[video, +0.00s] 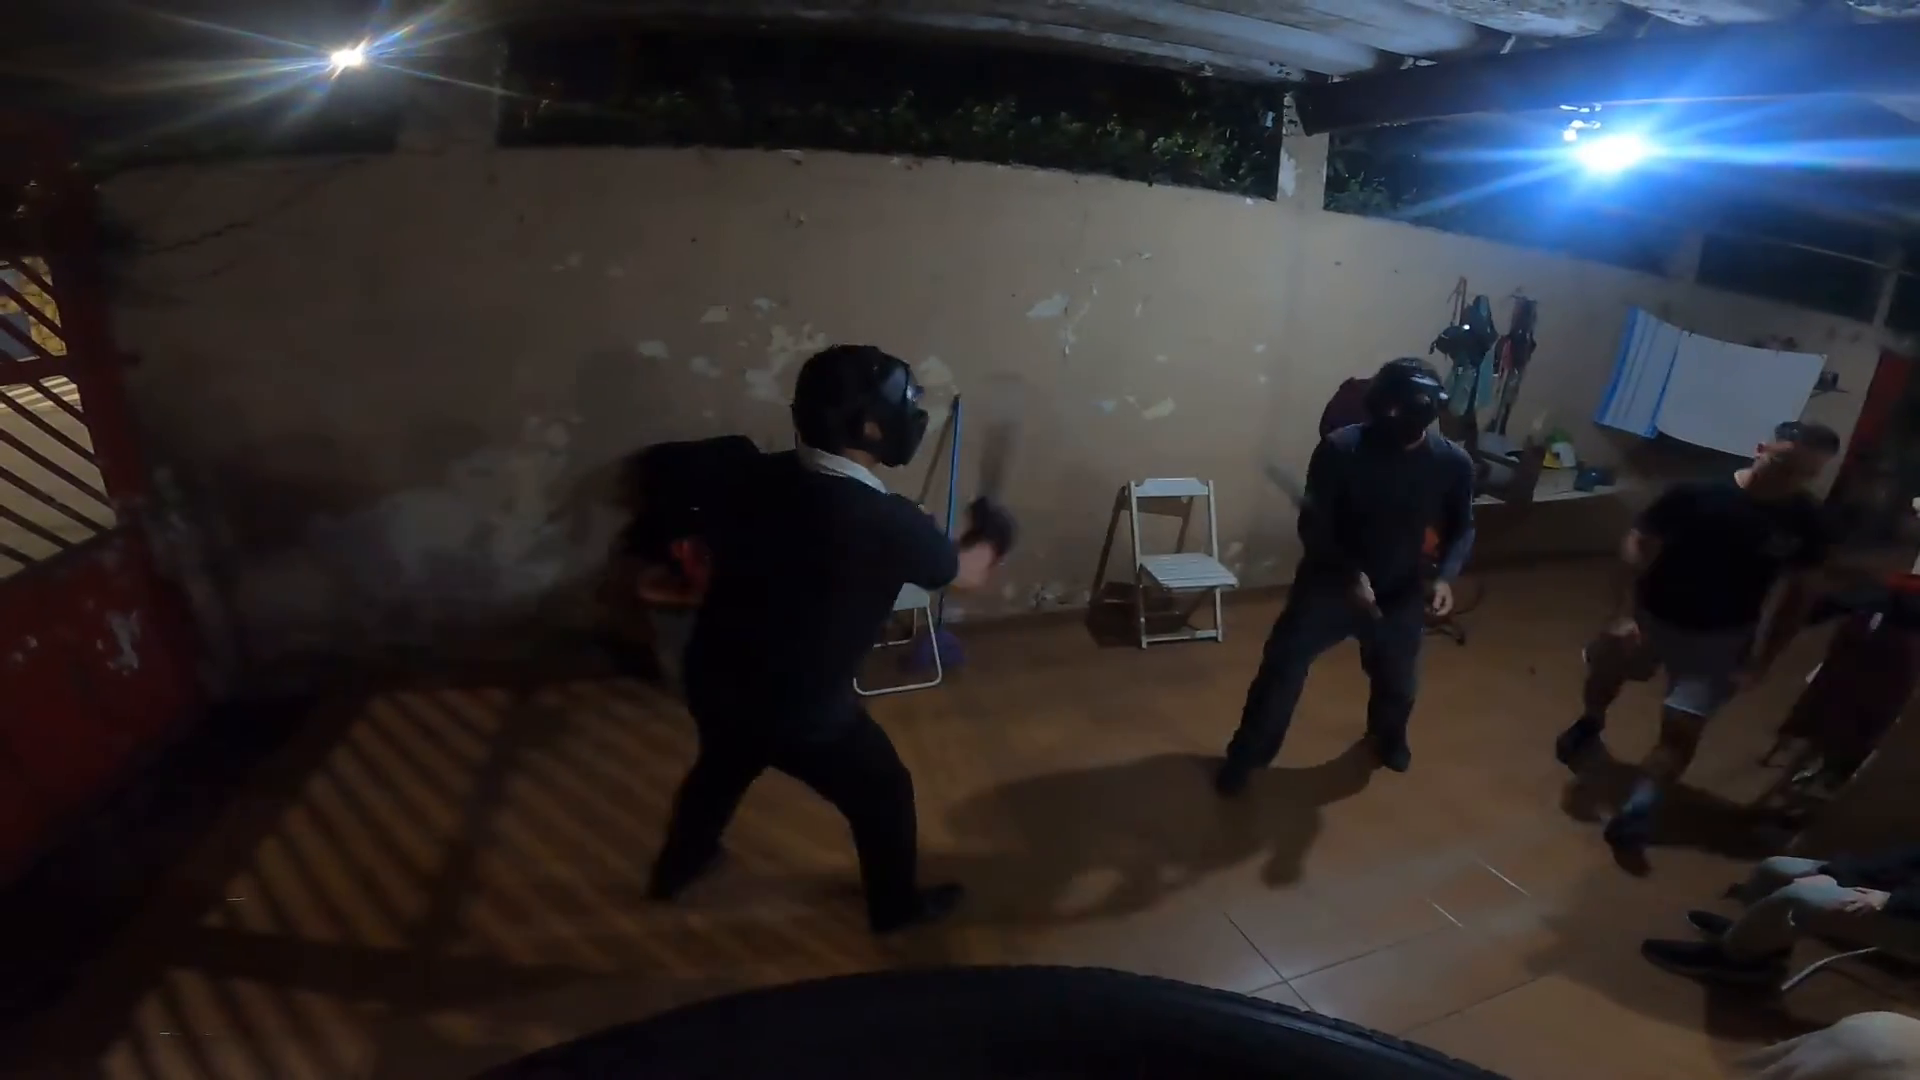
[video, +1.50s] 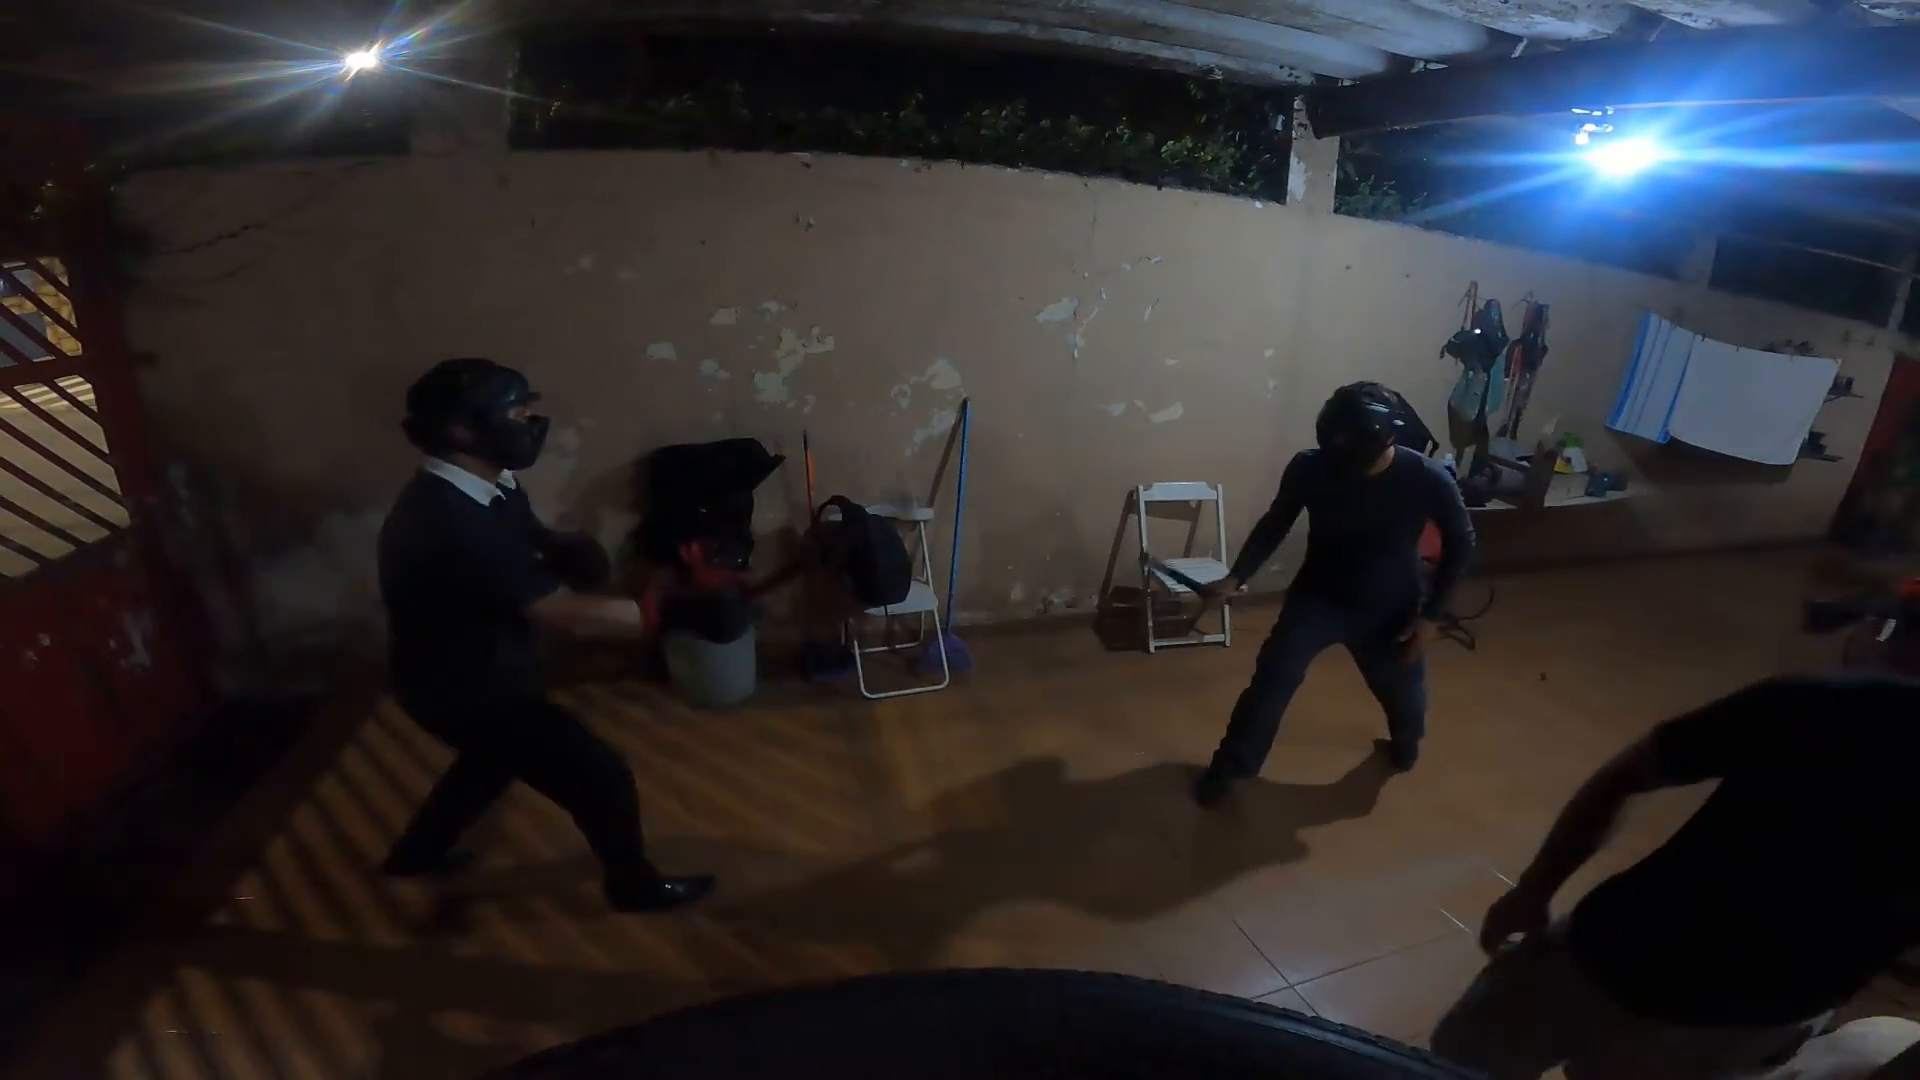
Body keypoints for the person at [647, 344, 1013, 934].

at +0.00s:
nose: (913, 415)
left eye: (909, 402)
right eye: (901, 405)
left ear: (807, 417)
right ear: (868, 429)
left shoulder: (755, 479)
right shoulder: (890, 522)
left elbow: (645, 474)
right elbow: (962, 570)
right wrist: (990, 539)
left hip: (717, 685)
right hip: (808, 711)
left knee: (723, 765)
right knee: (883, 792)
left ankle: (675, 866)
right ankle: (894, 905)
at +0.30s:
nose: (782, 435)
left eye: (778, 419)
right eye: (768, 423)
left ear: (682, 430)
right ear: (728, 440)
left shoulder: (640, 498)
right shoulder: (745, 543)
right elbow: (782, 675)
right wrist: (840, 687)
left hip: (637, 706)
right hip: (717, 723)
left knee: (648, 800)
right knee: (809, 814)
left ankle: (593, 906)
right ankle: (889, 900)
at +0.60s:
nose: (691, 406)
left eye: (688, 392)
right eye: (677, 392)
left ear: (620, 400)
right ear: (632, 400)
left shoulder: (557, 453)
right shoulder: (602, 471)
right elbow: (551, 600)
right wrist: (636, 638)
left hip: (484, 652)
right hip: (535, 660)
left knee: (527, 775)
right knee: (618, 783)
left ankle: (525, 888)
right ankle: (607, 905)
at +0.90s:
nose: (542, 409)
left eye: (537, 395)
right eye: (521, 400)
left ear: (469, 428)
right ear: (466, 426)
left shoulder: (489, 492)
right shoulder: (439, 515)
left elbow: (510, 610)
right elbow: (475, 651)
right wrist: (577, 686)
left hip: (467, 686)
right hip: (450, 700)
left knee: (431, 782)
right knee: (583, 792)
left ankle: (387, 876)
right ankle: (603, 912)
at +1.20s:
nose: (484, 412)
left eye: (478, 400)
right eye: (462, 405)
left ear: (411, 433)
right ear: (407, 432)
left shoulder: (456, 493)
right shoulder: (375, 527)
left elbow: (517, 557)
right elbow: (444, 654)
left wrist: (559, 550)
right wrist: (547, 669)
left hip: (470, 680)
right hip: (424, 699)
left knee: (454, 773)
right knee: (587, 776)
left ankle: (393, 876)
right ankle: (628, 882)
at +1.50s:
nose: (534, 415)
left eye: (527, 403)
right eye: (513, 408)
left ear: (464, 433)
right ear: (463, 433)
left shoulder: (490, 486)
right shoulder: (445, 522)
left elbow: (523, 543)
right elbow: (548, 609)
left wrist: (563, 556)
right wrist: (654, 616)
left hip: (493, 674)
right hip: (455, 693)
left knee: (495, 758)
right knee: (601, 776)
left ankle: (418, 852)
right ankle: (632, 882)